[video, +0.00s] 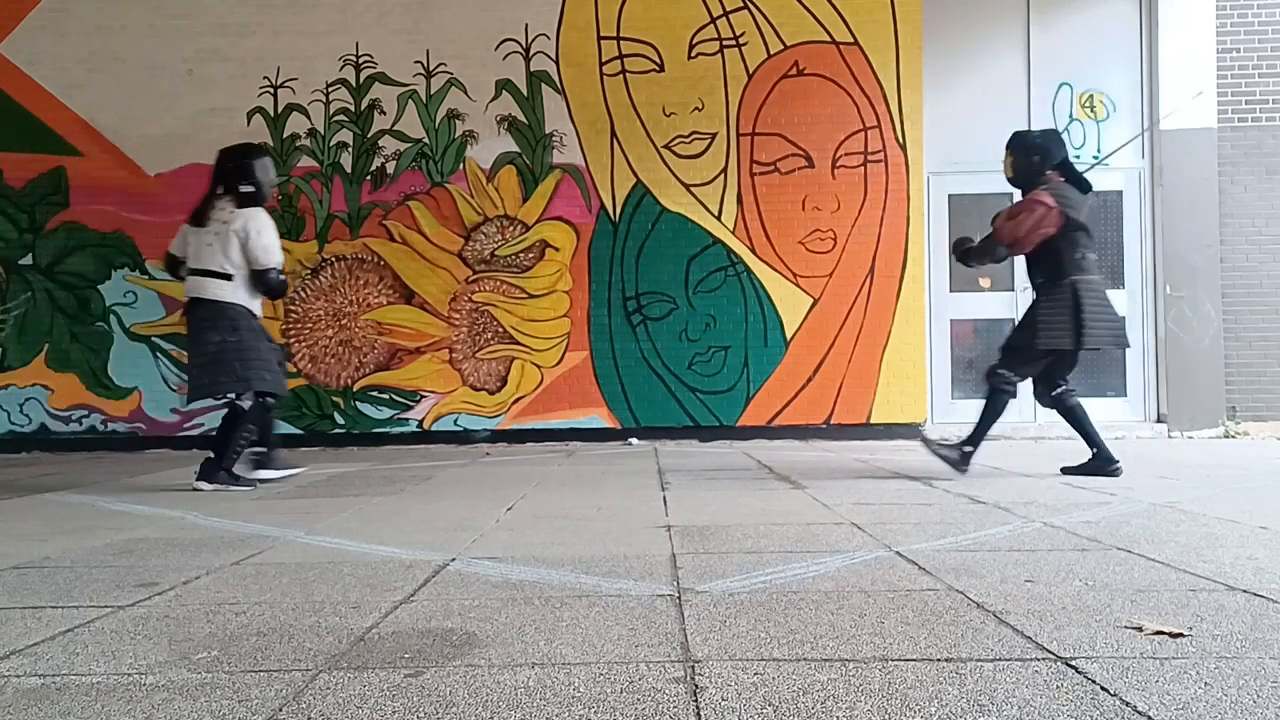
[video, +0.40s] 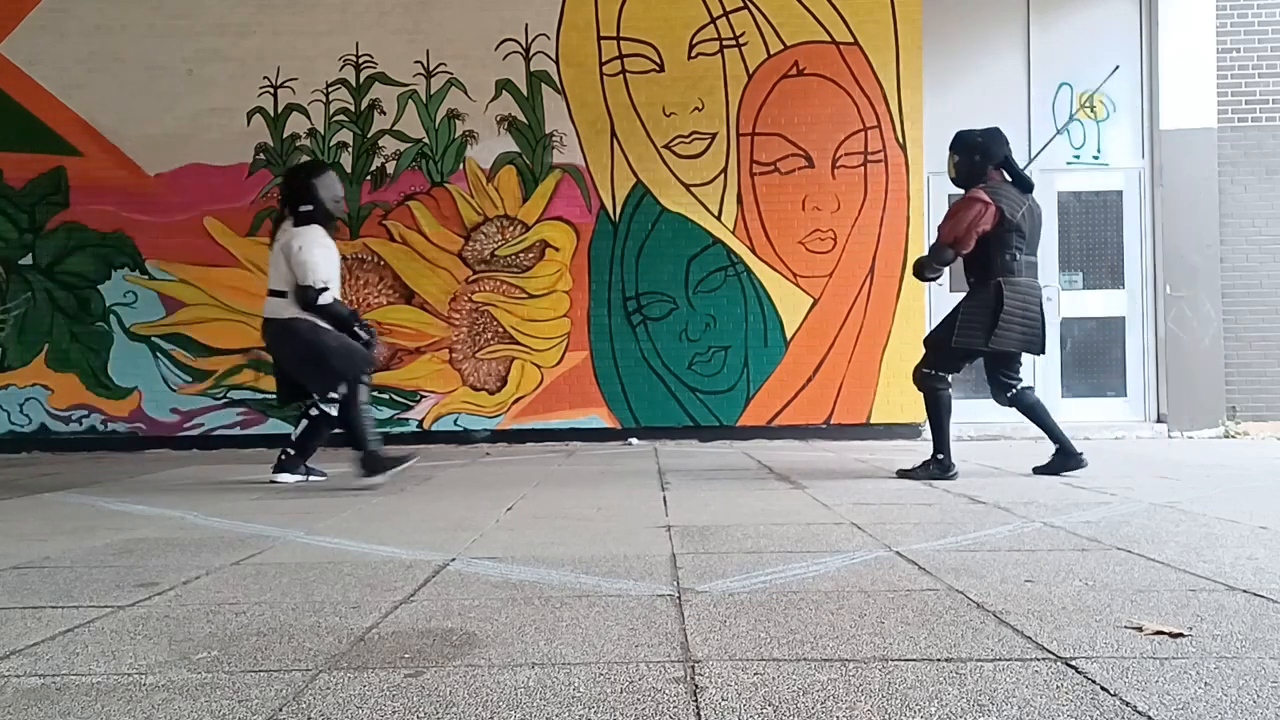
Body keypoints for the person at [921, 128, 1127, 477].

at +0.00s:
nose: (1010, 167)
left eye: (1016, 159)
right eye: (1010, 159)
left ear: (1038, 162)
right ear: (1049, 164)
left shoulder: (1043, 200)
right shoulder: (1067, 196)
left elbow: (1002, 244)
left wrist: (968, 252)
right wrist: (1005, 222)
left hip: (1060, 303)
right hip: (1083, 302)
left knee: (1006, 372)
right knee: (1049, 386)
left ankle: (966, 450)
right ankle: (1102, 456)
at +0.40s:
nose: (952, 167)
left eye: (957, 159)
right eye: (953, 159)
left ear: (978, 161)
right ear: (996, 162)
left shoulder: (979, 200)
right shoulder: (1026, 201)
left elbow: (943, 256)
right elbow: (1012, 251)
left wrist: (924, 267)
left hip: (992, 300)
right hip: (1024, 301)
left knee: (931, 371)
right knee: (1008, 387)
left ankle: (941, 460)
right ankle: (1067, 451)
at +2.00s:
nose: (992, 172)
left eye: (998, 164)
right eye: (992, 165)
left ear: (1022, 165)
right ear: (1026, 167)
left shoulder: (1034, 203)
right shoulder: (1034, 200)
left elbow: (1015, 260)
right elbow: (1026, 256)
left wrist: (975, 280)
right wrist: (994, 250)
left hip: (1048, 300)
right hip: (1056, 299)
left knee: (994, 367)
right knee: (1044, 385)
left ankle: (1004, 456)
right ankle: (1102, 447)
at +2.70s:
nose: (1038, 170)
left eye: (1046, 163)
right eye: (1039, 162)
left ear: (1074, 166)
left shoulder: (1090, 212)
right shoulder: (1043, 202)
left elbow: (1038, 252)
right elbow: (1021, 248)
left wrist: (974, 249)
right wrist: (972, 250)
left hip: (1064, 304)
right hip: (1038, 300)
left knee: (1005, 377)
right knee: (1022, 387)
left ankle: (982, 462)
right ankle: (1108, 438)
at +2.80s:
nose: (1066, 149)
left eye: (1075, 143)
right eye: (1068, 141)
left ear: (1101, 146)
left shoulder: (1119, 189)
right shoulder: (1068, 184)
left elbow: (1059, 219)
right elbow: (1032, 226)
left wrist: (996, 200)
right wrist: (994, 201)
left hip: (1096, 300)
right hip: (1071, 297)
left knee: (1030, 381)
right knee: (1068, 395)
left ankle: (989, 461)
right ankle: (1140, 463)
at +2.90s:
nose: (1090, 127)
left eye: (1097, 121)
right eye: (1093, 120)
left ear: (1119, 128)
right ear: (1126, 129)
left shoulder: (1139, 172)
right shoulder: (1119, 169)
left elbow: (1076, 192)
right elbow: (1055, 199)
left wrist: (1017, 167)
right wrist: (1021, 167)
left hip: (1120, 291)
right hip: (1116, 289)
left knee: (1054, 360)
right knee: (1091, 379)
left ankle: (1056, 451)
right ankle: (1142, 463)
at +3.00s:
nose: (1117, 106)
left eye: (1124, 99)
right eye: (1120, 98)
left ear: (1146, 109)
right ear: (1160, 110)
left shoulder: (1160, 155)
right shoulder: (1166, 150)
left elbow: (1094, 179)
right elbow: (1096, 172)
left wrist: (1035, 152)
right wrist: (1054, 146)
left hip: (1150, 272)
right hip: (1152, 270)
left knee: (1107, 356)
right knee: (1109, 357)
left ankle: (1149, 456)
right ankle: (1152, 448)